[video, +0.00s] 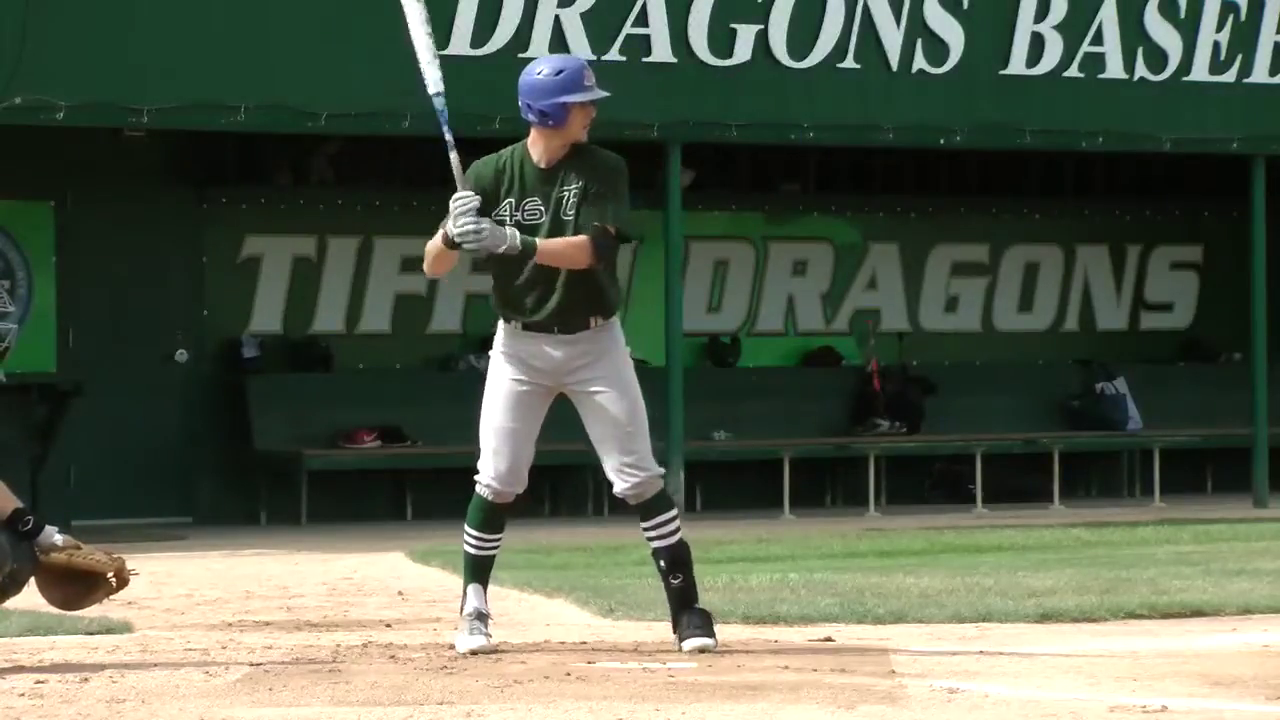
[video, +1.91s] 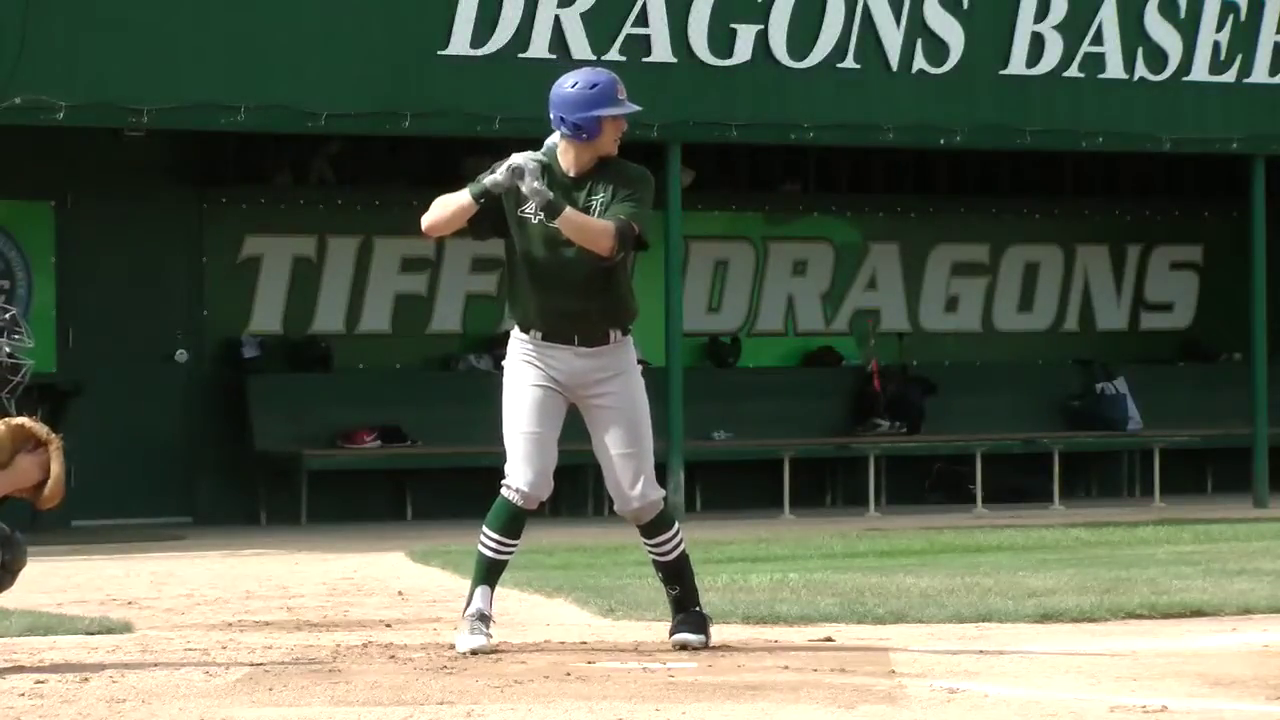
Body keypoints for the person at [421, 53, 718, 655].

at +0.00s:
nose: (592, 113)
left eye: (590, 104)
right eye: (582, 106)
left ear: (567, 112)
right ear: (547, 112)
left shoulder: (603, 170)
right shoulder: (489, 176)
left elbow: (593, 251)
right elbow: (434, 267)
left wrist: (513, 243)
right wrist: (451, 233)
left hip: (597, 346)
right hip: (519, 349)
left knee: (638, 477)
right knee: (498, 479)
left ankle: (688, 613)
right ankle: (473, 610)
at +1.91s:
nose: (623, 126)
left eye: (621, 117)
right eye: (614, 119)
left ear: (593, 122)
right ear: (582, 124)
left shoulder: (628, 179)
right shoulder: (521, 172)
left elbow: (616, 241)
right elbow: (432, 224)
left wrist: (550, 209)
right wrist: (488, 190)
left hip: (610, 358)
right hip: (533, 355)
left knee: (639, 495)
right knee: (525, 484)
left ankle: (687, 611)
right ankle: (477, 610)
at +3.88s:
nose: (621, 128)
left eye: (620, 119)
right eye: (611, 121)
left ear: (600, 124)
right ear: (578, 126)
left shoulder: (630, 178)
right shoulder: (523, 172)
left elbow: (617, 244)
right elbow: (440, 232)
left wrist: (554, 206)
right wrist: (496, 190)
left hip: (612, 358)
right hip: (535, 354)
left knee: (637, 497)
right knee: (523, 482)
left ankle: (687, 612)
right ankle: (477, 610)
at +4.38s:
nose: (621, 129)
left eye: (620, 120)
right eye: (611, 122)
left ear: (601, 124)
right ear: (577, 126)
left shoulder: (630, 179)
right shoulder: (523, 174)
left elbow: (616, 245)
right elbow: (442, 235)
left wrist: (554, 204)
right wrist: (497, 191)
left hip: (612, 359)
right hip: (535, 355)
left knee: (636, 498)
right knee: (523, 482)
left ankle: (686, 611)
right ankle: (477, 609)